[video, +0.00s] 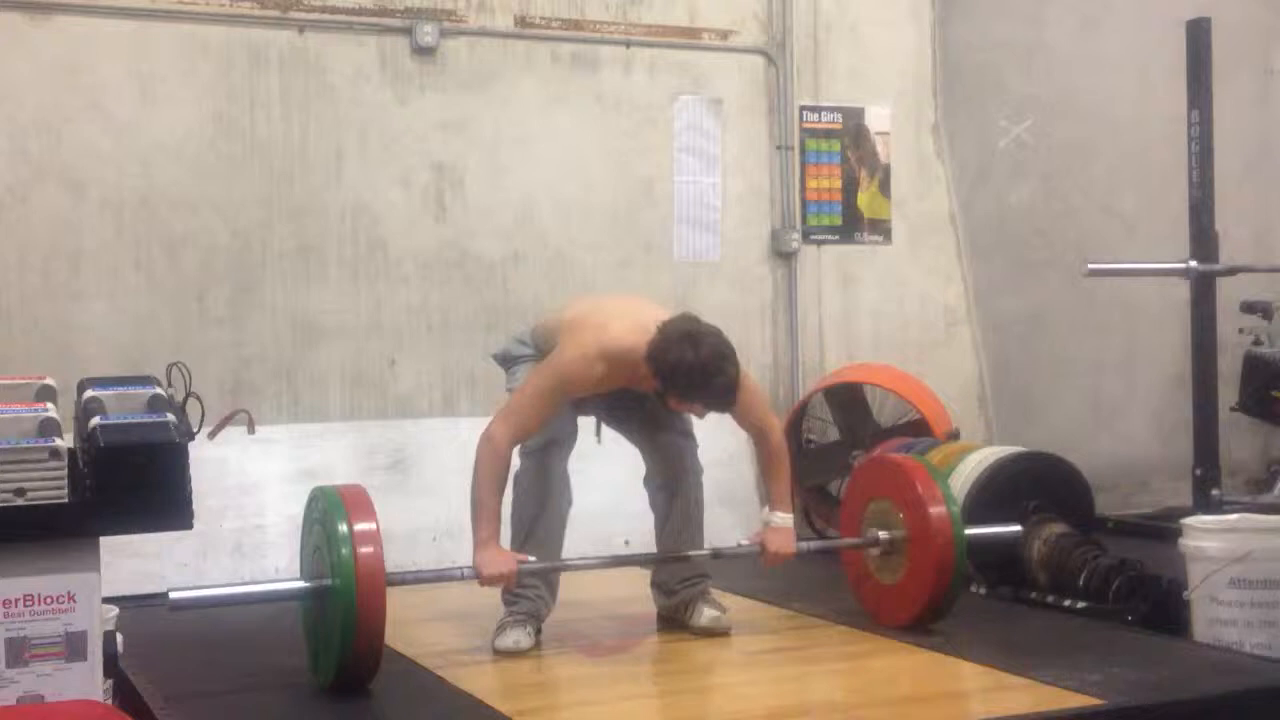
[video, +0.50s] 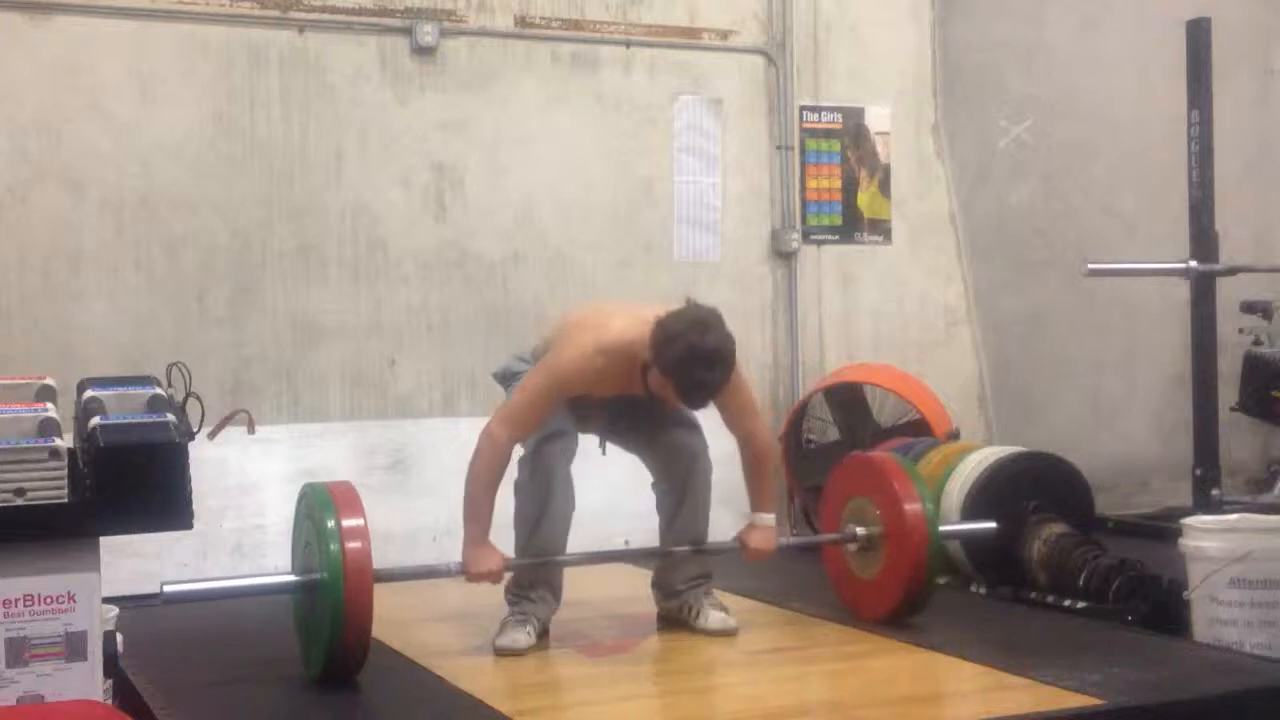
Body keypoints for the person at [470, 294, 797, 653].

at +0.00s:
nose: (698, 415)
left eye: (707, 408)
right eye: (691, 407)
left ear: (723, 375)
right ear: (659, 384)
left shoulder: (713, 367)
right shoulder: (581, 362)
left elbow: (769, 431)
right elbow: (495, 439)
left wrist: (782, 520)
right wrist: (485, 546)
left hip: (628, 372)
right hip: (544, 361)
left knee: (678, 454)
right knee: (545, 455)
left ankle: (683, 594)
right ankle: (524, 609)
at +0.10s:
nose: (696, 420)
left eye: (706, 413)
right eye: (690, 412)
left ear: (723, 383)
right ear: (657, 385)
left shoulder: (716, 371)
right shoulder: (582, 363)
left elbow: (768, 432)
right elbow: (494, 439)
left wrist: (780, 521)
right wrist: (483, 546)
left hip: (625, 371)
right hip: (543, 360)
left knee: (680, 451)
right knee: (544, 456)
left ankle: (684, 593)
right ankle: (528, 608)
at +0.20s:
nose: (692, 417)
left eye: (703, 411)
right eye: (685, 407)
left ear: (725, 375)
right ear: (658, 381)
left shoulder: (715, 363)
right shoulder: (587, 361)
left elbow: (765, 430)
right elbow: (496, 437)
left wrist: (778, 518)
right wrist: (481, 543)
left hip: (628, 377)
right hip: (548, 366)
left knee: (682, 454)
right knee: (540, 456)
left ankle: (684, 592)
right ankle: (529, 608)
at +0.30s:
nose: (682, 413)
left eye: (694, 409)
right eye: (674, 403)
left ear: (719, 375)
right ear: (653, 371)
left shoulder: (714, 362)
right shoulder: (586, 357)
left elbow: (761, 430)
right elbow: (498, 435)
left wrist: (774, 518)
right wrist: (480, 542)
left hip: (628, 381)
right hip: (551, 370)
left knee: (682, 452)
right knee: (543, 454)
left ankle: (684, 593)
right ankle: (528, 607)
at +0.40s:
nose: (681, 412)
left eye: (694, 407)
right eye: (675, 401)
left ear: (718, 376)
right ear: (653, 370)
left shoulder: (713, 362)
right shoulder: (587, 356)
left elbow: (758, 431)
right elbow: (498, 433)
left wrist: (768, 518)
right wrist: (478, 540)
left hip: (623, 383)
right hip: (548, 375)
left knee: (684, 448)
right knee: (548, 447)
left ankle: (685, 593)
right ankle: (529, 607)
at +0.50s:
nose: (677, 409)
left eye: (690, 403)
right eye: (671, 398)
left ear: (716, 377)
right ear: (653, 369)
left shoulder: (713, 364)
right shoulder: (585, 357)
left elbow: (754, 437)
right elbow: (496, 434)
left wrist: (765, 518)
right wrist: (475, 542)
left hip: (625, 392)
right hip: (553, 387)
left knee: (687, 448)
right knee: (552, 446)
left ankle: (685, 593)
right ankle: (530, 606)